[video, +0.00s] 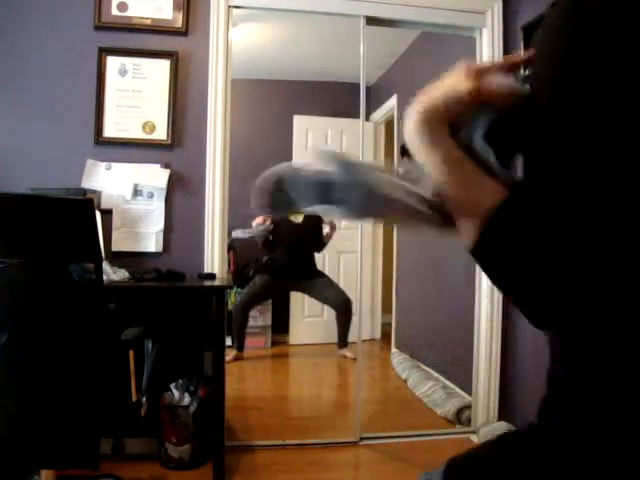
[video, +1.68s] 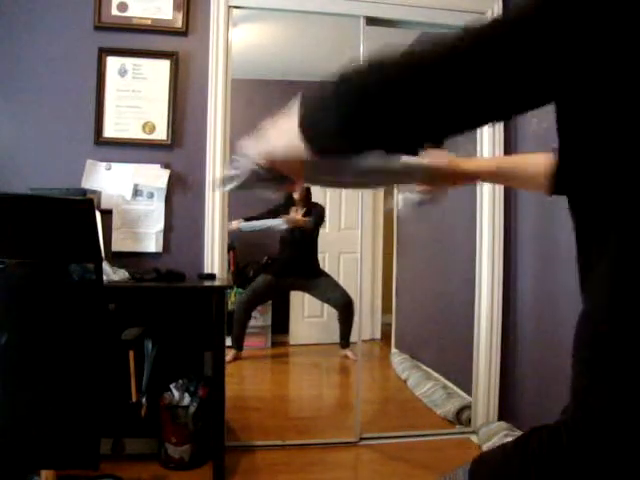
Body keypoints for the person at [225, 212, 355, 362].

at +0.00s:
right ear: (276, 207)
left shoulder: (312, 218)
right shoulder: (272, 221)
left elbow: (317, 247)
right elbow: (267, 249)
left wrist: (328, 235)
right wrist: (259, 231)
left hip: (306, 274)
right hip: (273, 275)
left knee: (343, 303)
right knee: (241, 305)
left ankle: (343, 347)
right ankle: (237, 350)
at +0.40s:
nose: (299, 187)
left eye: (302, 183)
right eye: (295, 183)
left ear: (307, 187)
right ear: (288, 186)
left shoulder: (314, 214)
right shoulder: (280, 210)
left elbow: (325, 245)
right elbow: (263, 236)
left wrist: (309, 230)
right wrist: (283, 220)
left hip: (307, 274)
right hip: (277, 274)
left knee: (345, 303)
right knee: (242, 304)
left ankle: (343, 348)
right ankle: (238, 350)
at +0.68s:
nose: (299, 185)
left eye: (303, 181)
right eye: (296, 181)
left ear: (307, 185)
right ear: (288, 184)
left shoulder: (315, 212)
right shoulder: (279, 210)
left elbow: (336, 237)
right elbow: (264, 225)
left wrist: (330, 230)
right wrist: (290, 222)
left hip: (309, 272)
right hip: (279, 272)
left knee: (345, 303)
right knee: (243, 303)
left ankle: (344, 347)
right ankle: (235, 350)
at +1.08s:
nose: (302, 184)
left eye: (305, 180)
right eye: (298, 180)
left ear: (309, 184)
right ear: (290, 184)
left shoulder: (313, 211)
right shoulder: (280, 206)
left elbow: (335, 232)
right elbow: (289, 219)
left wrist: (354, 225)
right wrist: (318, 216)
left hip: (307, 271)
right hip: (279, 271)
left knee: (342, 303)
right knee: (242, 302)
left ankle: (344, 347)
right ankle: (235, 350)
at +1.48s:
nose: (297, 189)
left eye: (301, 185)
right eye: (294, 185)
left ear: (305, 189)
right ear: (287, 188)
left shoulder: (311, 213)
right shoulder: (277, 210)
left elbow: (336, 232)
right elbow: (280, 224)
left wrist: (351, 230)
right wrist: (305, 224)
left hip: (307, 274)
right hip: (277, 274)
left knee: (343, 305)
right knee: (241, 303)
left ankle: (344, 347)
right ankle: (236, 350)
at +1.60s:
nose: (298, 189)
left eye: (302, 185)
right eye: (295, 184)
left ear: (307, 189)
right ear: (288, 188)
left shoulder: (314, 211)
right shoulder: (278, 211)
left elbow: (332, 229)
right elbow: (256, 229)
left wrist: (326, 222)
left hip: (308, 273)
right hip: (278, 273)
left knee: (344, 304)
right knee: (241, 303)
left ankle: (345, 348)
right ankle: (236, 350)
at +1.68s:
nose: (297, 190)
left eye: (301, 186)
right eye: (294, 187)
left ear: (307, 192)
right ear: (289, 191)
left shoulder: (316, 209)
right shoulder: (284, 208)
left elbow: (314, 224)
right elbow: (264, 216)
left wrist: (298, 222)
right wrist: (242, 223)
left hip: (310, 273)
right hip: (280, 272)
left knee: (345, 302)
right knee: (245, 302)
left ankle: (345, 347)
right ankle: (236, 349)